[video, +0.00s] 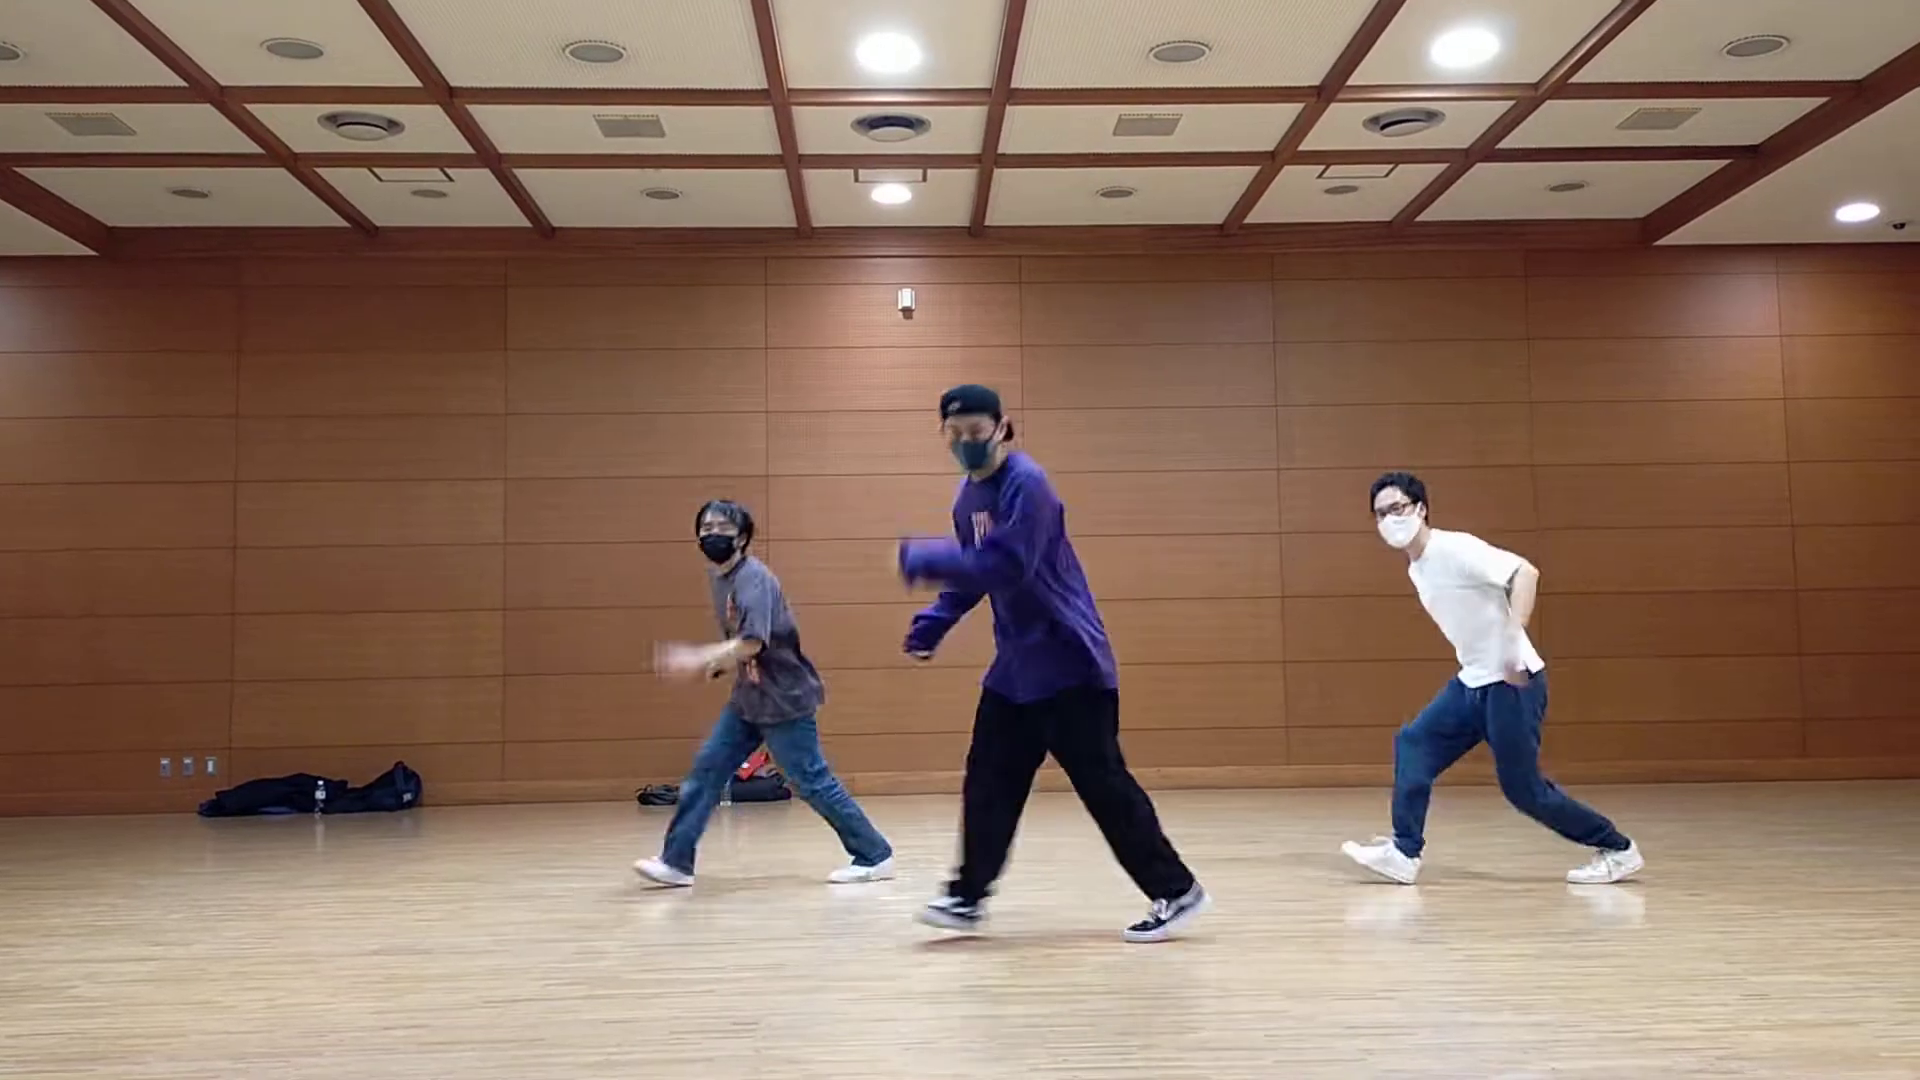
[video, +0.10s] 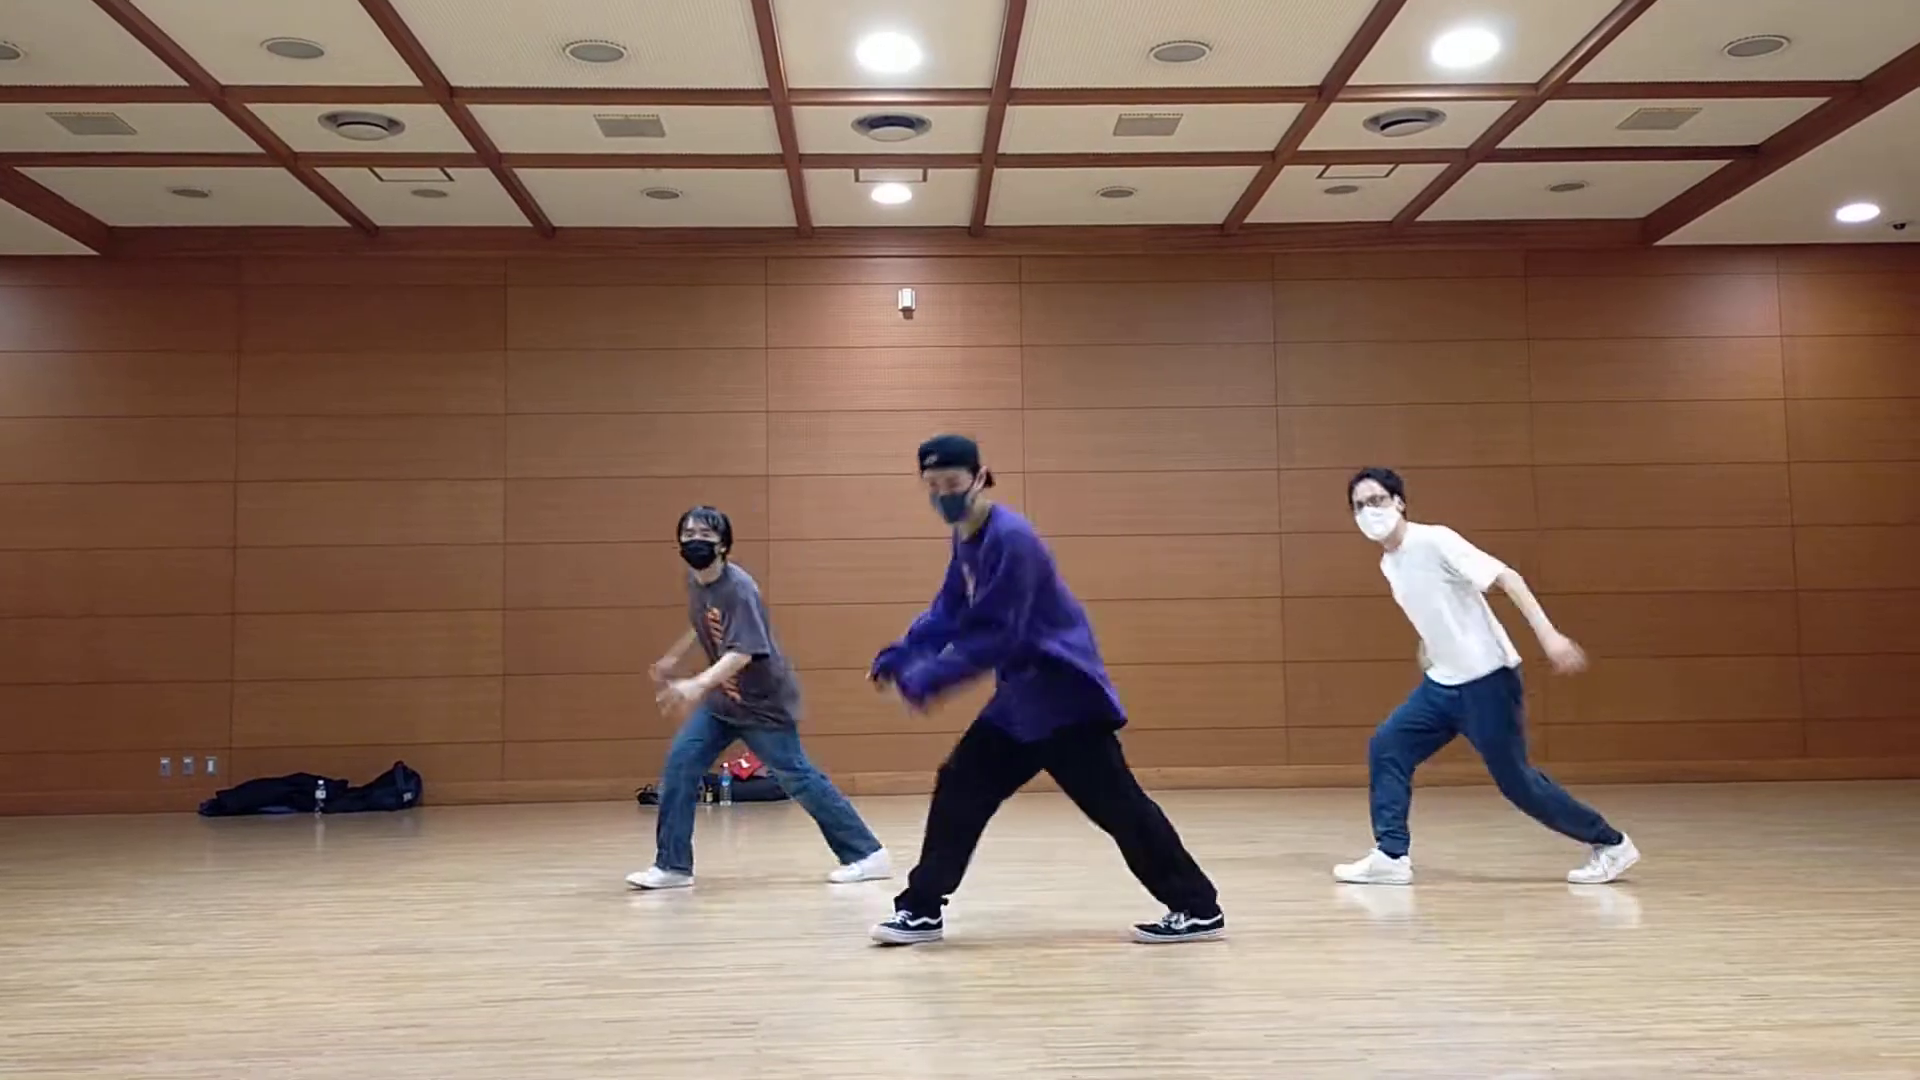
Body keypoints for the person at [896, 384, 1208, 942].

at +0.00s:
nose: (967, 444)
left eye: (977, 432)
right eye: (956, 435)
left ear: (1001, 429)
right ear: (946, 438)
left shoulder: (1029, 485)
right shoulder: (968, 500)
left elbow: (1008, 562)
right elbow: (974, 574)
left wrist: (925, 559)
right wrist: (935, 623)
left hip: (1070, 658)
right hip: (1017, 662)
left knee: (1102, 781)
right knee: (990, 777)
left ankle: (1177, 889)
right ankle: (968, 895)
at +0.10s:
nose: (944, 495)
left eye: (954, 483)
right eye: (934, 486)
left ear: (981, 480)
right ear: (926, 490)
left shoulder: (1011, 540)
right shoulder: (967, 541)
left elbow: (999, 635)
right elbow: (949, 612)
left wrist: (928, 678)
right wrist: (900, 654)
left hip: (1063, 692)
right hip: (1023, 695)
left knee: (1117, 804)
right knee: (961, 785)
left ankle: (1197, 906)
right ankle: (921, 909)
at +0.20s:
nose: (904, 494)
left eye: (915, 483)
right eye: (895, 485)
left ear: (943, 481)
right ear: (889, 488)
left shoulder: (983, 537)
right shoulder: (916, 534)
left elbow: (1012, 634)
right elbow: (913, 613)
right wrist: (894, 681)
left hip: (1033, 682)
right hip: (980, 684)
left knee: (1087, 790)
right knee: (936, 781)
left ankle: (1180, 890)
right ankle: (922, 910)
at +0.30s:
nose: (878, 481)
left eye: (889, 469)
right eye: (867, 472)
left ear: (914, 465)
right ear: (857, 474)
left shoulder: (963, 519)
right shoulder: (870, 529)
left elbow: (1028, 578)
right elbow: (869, 606)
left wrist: (1097, 631)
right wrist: (867, 671)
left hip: (995, 674)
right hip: (933, 675)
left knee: (1014, 778)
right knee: (914, 783)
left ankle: (1096, 858)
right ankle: (921, 910)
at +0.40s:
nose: (858, 469)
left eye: (868, 457)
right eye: (847, 460)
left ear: (893, 452)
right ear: (837, 461)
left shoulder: (954, 498)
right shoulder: (841, 522)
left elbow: (1033, 521)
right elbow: (825, 593)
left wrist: (1113, 536)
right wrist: (816, 658)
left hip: (958, 670)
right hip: (888, 674)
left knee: (949, 783)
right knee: (890, 793)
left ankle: (959, 860)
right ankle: (917, 907)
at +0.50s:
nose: (843, 464)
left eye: (853, 452)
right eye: (833, 455)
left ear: (878, 448)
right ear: (822, 457)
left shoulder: (934, 484)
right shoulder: (816, 523)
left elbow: (1013, 483)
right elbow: (783, 587)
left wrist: (1087, 469)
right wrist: (770, 644)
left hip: (924, 669)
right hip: (854, 676)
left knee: (902, 786)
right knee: (865, 794)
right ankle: (901, 905)